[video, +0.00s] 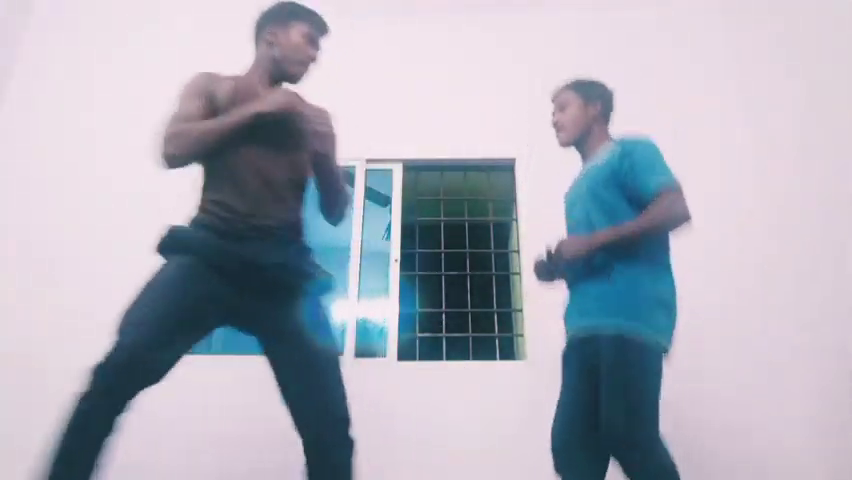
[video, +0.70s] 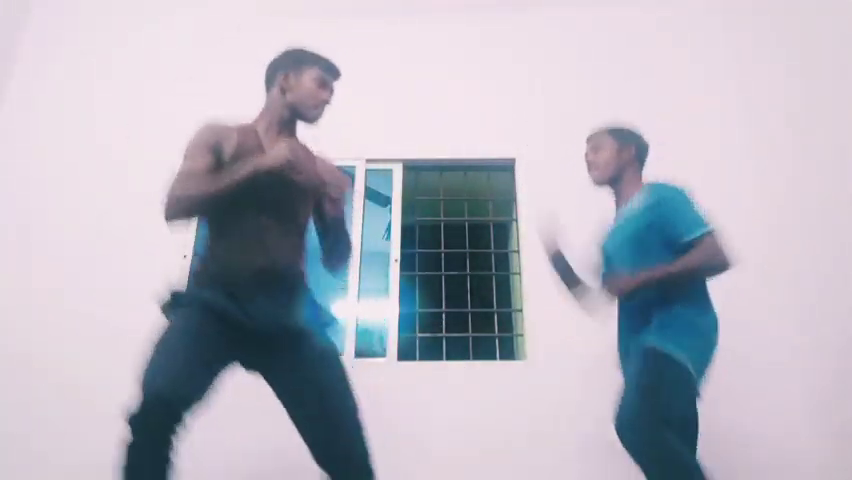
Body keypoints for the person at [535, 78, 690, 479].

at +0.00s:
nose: (554, 118)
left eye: (562, 108)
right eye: (553, 111)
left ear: (593, 110)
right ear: (584, 114)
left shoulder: (633, 151)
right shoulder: (578, 188)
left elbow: (674, 207)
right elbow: (599, 261)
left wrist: (592, 241)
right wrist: (561, 266)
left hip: (632, 325)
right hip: (585, 329)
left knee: (631, 438)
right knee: (573, 447)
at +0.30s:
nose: (575, 113)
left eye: (583, 104)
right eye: (575, 106)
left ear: (616, 108)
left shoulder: (642, 147)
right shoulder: (606, 173)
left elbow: (664, 204)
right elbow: (632, 244)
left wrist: (587, 214)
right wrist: (587, 250)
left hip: (641, 313)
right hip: (609, 318)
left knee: (640, 433)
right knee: (608, 433)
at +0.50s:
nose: (584, 130)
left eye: (593, 120)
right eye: (585, 123)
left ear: (623, 123)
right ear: (614, 126)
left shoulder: (647, 160)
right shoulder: (619, 183)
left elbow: (673, 214)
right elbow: (644, 267)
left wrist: (595, 238)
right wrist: (602, 278)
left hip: (655, 309)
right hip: (632, 314)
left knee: (656, 423)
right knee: (645, 423)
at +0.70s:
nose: (588, 159)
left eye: (596, 149)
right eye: (587, 152)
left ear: (628, 153)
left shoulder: (664, 198)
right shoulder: (614, 236)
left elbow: (714, 255)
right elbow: (596, 301)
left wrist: (639, 279)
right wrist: (558, 259)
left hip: (679, 330)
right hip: (640, 343)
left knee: (636, 422)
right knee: (671, 440)